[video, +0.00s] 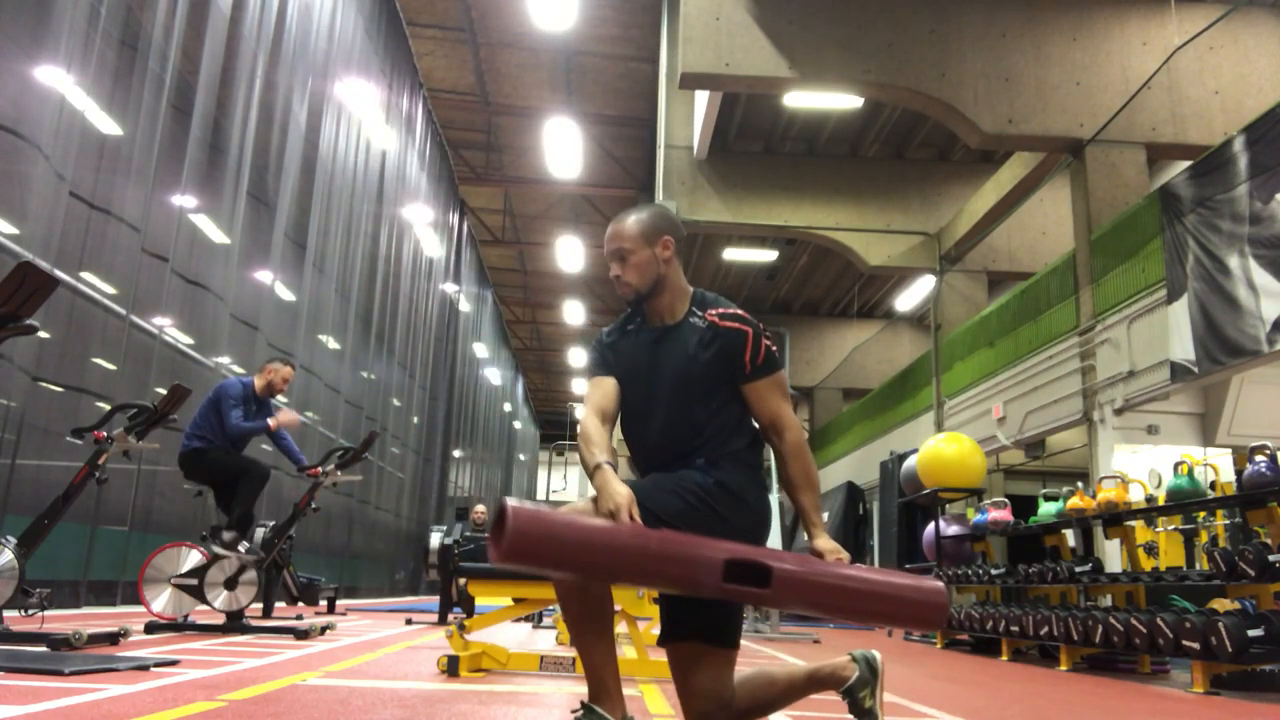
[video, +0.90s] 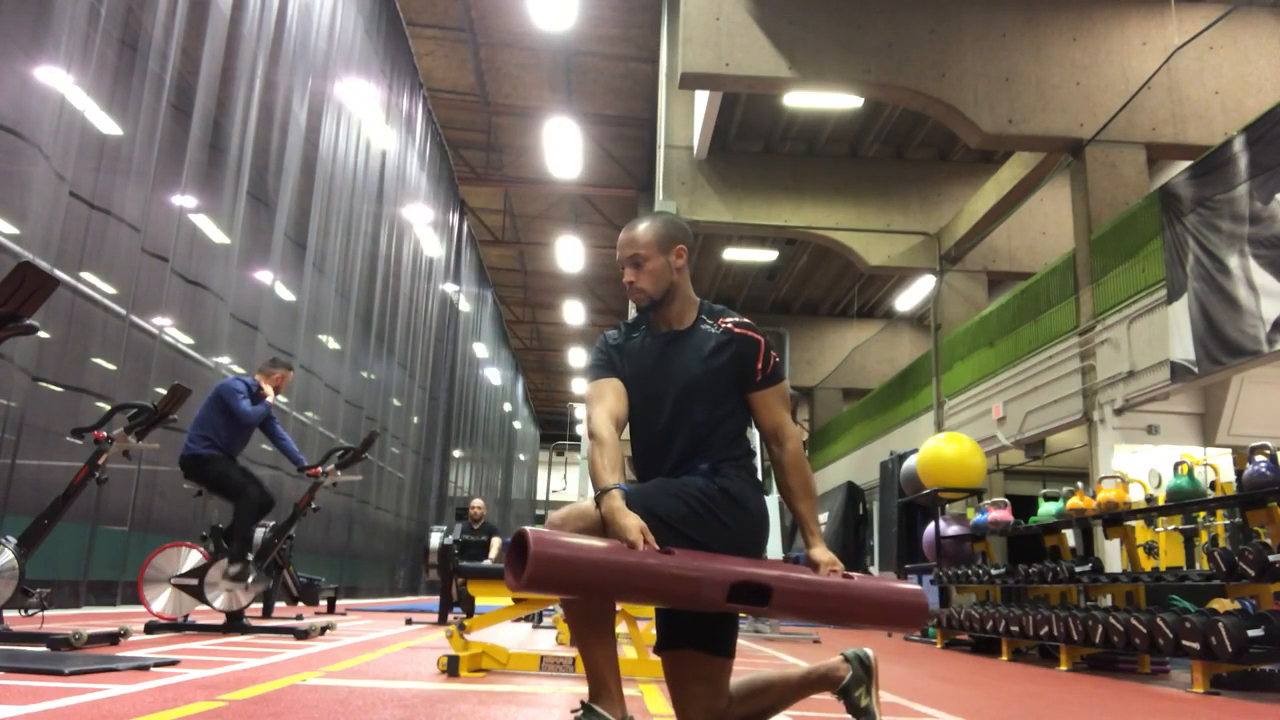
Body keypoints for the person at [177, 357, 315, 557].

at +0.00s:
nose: (285, 389)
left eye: (288, 384)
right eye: (284, 381)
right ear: (269, 372)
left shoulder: (264, 405)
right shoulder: (232, 388)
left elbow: (278, 435)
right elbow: (234, 429)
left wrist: (303, 465)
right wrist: (273, 422)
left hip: (221, 462)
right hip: (197, 456)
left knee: (245, 517)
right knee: (258, 471)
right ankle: (231, 534)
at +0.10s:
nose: (284, 389)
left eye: (287, 384)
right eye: (284, 382)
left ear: (272, 376)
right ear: (272, 374)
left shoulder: (259, 401)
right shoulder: (230, 387)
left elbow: (277, 435)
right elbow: (234, 428)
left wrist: (303, 465)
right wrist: (263, 412)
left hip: (217, 460)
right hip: (198, 456)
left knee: (258, 507)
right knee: (252, 490)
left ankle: (224, 543)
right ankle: (239, 556)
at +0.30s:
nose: (283, 390)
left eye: (286, 385)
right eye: (285, 384)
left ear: (272, 377)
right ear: (278, 378)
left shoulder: (257, 400)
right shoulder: (232, 386)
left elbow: (277, 435)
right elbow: (238, 426)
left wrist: (304, 465)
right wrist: (263, 410)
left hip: (226, 461)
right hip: (201, 459)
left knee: (276, 476)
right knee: (225, 513)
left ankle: (239, 528)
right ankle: (215, 584)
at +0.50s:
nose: (283, 393)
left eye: (285, 388)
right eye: (285, 387)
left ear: (271, 379)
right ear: (278, 382)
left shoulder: (259, 403)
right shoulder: (232, 387)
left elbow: (277, 436)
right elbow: (241, 423)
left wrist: (304, 466)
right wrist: (263, 412)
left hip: (222, 461)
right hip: (199, 457)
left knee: (265, 500)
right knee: (244, 496)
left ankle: (255, 560)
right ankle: (198, 550)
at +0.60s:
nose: (284, 390)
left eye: (287, 385)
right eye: (286, 385)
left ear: (271, 377)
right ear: (278, 380)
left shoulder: (259, 405)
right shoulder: (232, 387)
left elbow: (278, 436)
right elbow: (241, 423)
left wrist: (303, 466)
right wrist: (263, 411)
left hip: (219, 462)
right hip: (198, 456)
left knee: (249, 514)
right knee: (255, 481)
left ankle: (236, 566)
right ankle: (208, 531)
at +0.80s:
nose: (285, 389)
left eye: (287, 383)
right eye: (286, 383)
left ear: (271, 377)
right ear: (277, 378)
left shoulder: (260, 402)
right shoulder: (233, 386)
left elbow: (278, 435)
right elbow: (245, 418)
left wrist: (303, 465)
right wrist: (267, 405)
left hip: (218, 461)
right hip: (198, 456)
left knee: (250, 510)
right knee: (258, 478)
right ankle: (237, 539)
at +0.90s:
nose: (284, 389)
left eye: (285, 385)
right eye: (285, 384)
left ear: (271, 377)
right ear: (276, 378)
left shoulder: (259, 400)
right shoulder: (233, 386)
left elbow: (277, 435)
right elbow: (247, 416)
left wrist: (303, 466)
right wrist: (268, 402)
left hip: (221, 460)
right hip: (201, 457)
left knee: (265, 501)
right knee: (249, 496)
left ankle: (226, 537)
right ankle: (236, 564)